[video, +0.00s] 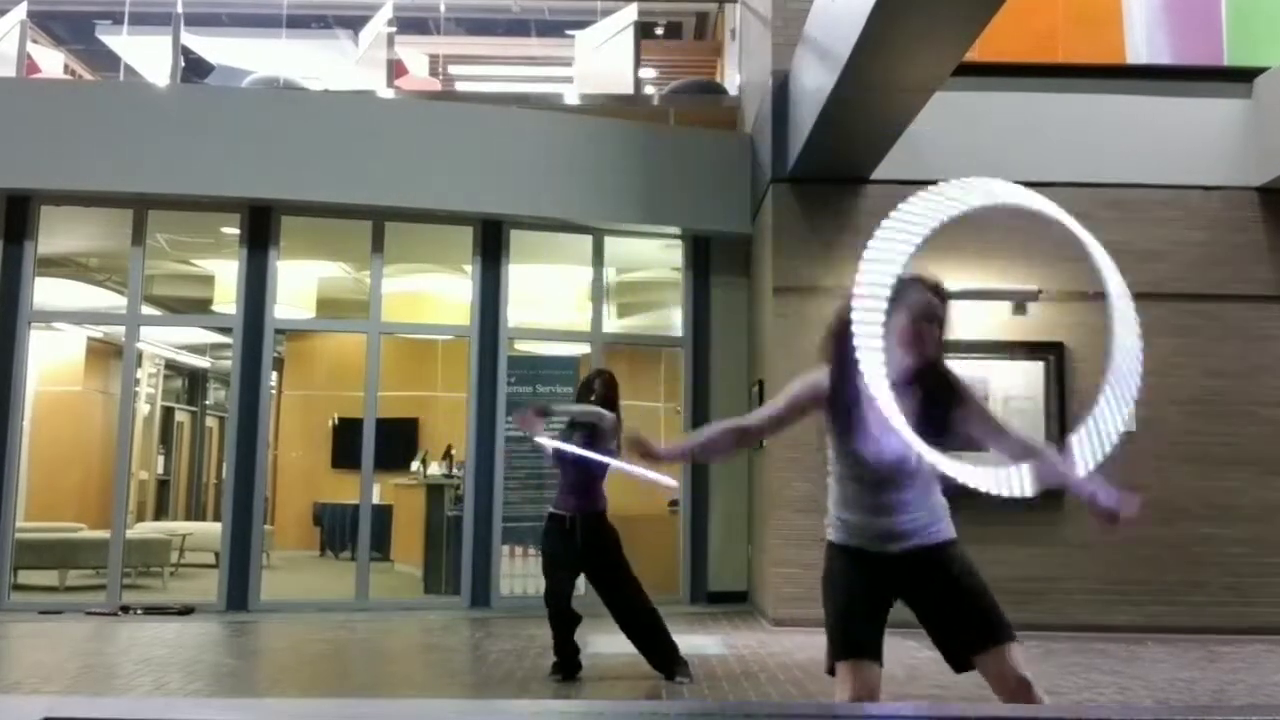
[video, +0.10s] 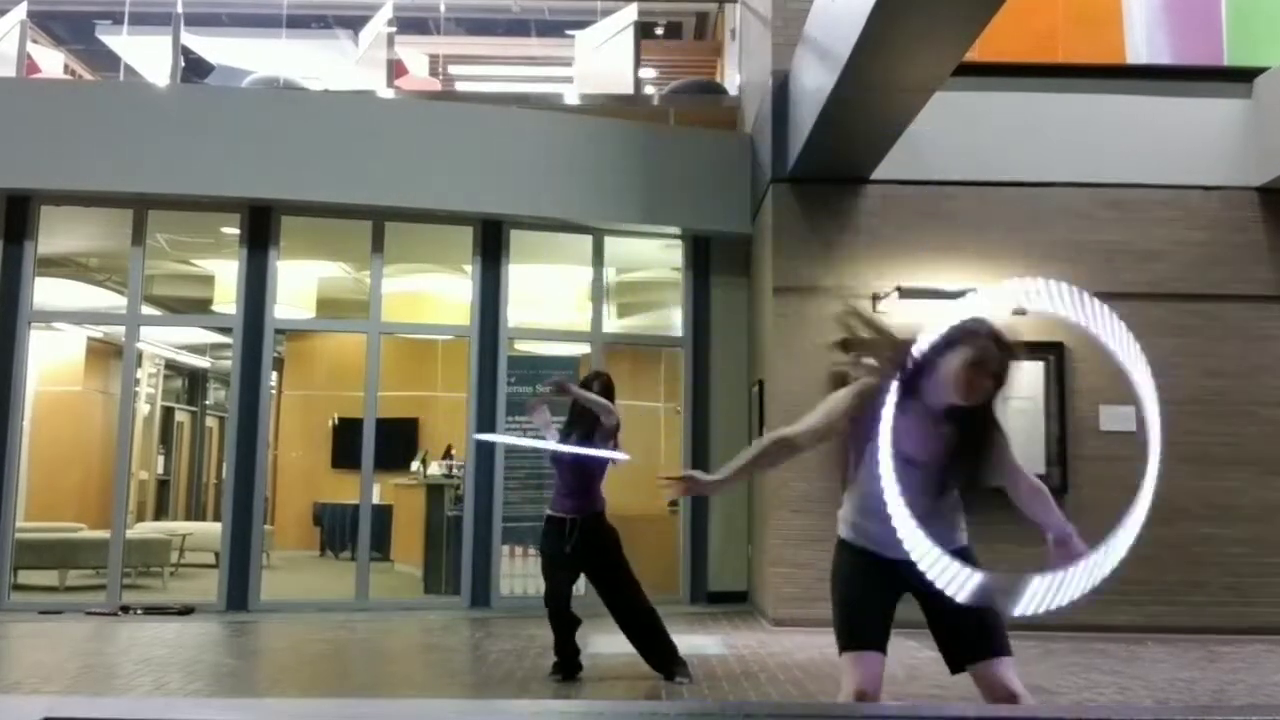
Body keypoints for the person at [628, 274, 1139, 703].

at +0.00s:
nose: (921, 334)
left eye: (932, 324)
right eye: (912, 319)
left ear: (941, 333)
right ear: (882, 322)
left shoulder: (944, 393)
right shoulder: (835, 383)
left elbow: (1018, 447)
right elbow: (751, 429)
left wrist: (1094, 490)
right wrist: (671, 454)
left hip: (931, 548)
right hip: (855, 552)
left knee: (1008, 679)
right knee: (859, 688)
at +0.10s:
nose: (979, 381)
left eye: (989, 375)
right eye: (974, 364)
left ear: (992, 386)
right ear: (941, 353)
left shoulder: (975, 425)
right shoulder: (870, 397)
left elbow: (1019, 481)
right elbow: (790, 439)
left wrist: (1058, 527)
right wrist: (719, 480)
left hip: (943, 556)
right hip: (866, 552)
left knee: (1004, 691)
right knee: (863, 689)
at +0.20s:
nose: (1025, 375)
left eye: (1037, 372)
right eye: (1023, 359)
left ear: (1039, 382)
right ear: (997, 344)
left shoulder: (1018, 417)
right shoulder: (921, 378)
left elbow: (1039, 484)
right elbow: (840, 419)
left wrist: (1068, 546)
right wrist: (772, 463)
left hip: (955, 543)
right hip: (877, 536)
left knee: (1007, 684)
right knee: (864, 685)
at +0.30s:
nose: (1063, 329)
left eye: (1074, 322)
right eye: (1062, 313)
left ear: (1078, 322)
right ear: (1038, 294)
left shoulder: (1046, 367)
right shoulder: (945, 327)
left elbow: (1072, 463)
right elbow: (865, 382)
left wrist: (1110, 545)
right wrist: (793, 427)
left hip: (971, 523)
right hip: (891, 513)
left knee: (1015, 681)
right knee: (867, 675)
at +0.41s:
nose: (1071, 317)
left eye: (1081, 308)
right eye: (1064, 300)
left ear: (1085, 303)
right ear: (1034, 279)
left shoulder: (1064, 350)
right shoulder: (956, 309)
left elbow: (1086, 454)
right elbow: (875, 370)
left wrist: (1137, 537)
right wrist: (796, 418)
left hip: (978, 517)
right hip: (899, 506)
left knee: (1017, 674)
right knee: (871, 665)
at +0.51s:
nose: (1056, 314)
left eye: (1067, 306)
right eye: (1053, 299)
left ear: (1069, 304)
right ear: (1025, 279)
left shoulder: (1052, 345)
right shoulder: (944, 309)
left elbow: (1081, 442)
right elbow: (869, 374)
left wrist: (1145, 517)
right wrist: (803, 423)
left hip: (977, 518)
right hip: (900, 506)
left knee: (1022, 681)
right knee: (876, 677)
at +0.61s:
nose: (1030, 317)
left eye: (1042, 309)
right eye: (1032, 300)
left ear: (1041, 311)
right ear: (1008, 282)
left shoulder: (1029, 357)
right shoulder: (925, 322)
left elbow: (1057, 451)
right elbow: (861, 388)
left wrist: (1141, 478)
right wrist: (816, 433)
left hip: (971, 529)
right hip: (897, 520)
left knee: (1028, 687)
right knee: (885, 691)